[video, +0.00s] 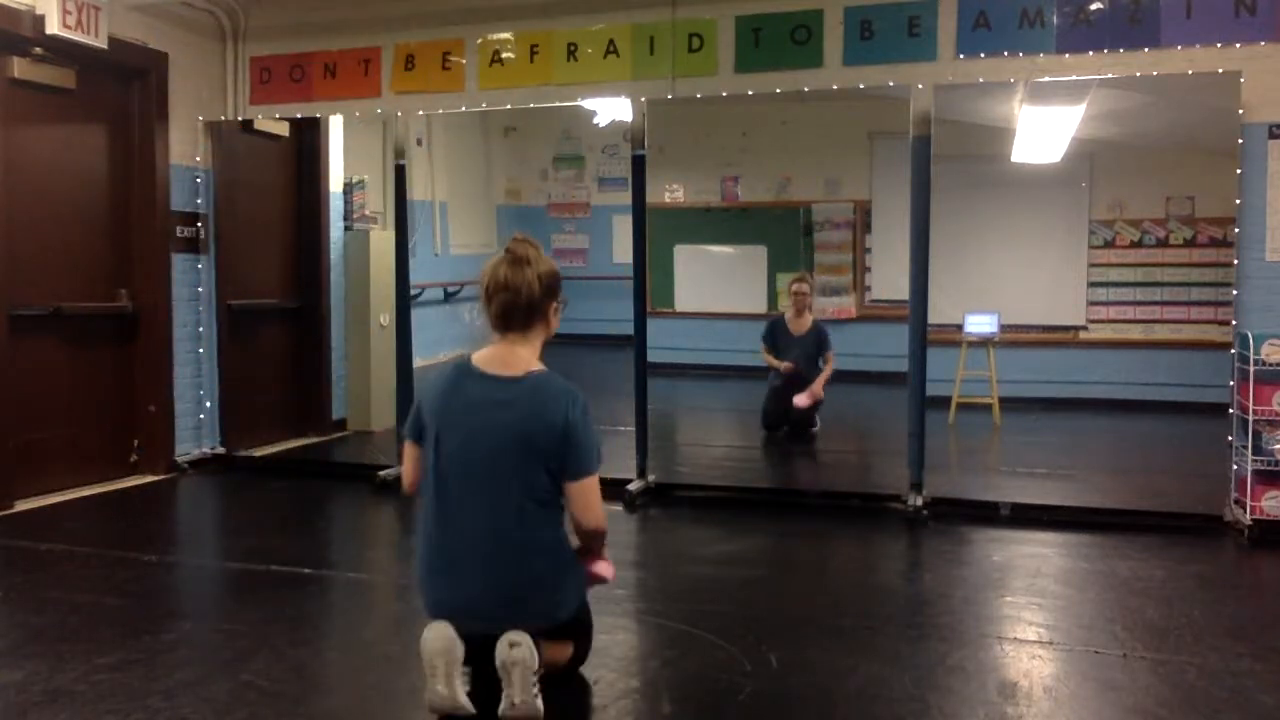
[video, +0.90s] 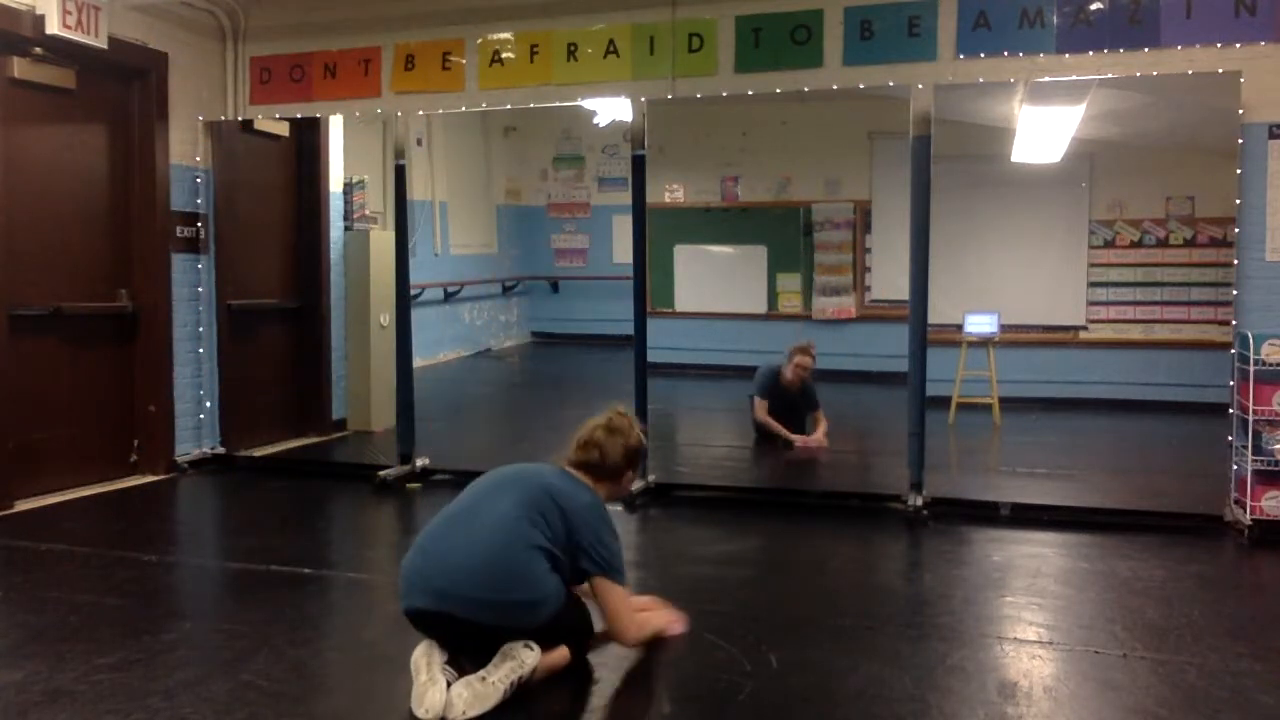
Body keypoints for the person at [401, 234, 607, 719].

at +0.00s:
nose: (559, 317)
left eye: (557, 306)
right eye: (559, 307)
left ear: (488, 307)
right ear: (551, 313)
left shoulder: (436, 386)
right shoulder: (562, 400)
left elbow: (409, 481)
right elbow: (590, 520)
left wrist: (460, 468)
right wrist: (591, 553)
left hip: (448, 584)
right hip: (532, 583)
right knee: (574, 639)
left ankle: (451, 651)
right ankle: (534, 655)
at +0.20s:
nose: (578, 293)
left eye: (576, 284)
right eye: (577, 285)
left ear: (509, 292)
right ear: (569, 296)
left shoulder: (473, 359)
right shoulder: (580, 381)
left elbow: (448, 443)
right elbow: (594, 496)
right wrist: (585, 538)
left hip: (453, 543)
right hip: (533, 549)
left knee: (491, 625)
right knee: (577, 634)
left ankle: (430, 651)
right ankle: (535, 638)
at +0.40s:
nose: (591, 320)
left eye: (589, 311)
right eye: (590, 312)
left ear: (526, 315)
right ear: (583, 320)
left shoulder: (492, 376)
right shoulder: (587, 398)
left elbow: (483, 468)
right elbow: (602, 512)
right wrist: (581, 551)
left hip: (447, 549)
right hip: (525, 556)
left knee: (493, 626)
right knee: (570, 635)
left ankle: (443, 662)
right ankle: (520, 678)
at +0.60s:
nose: (599, 385)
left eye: (597, 374)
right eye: (598, 377)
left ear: (534, 377)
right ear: (592, 384)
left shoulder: (497, 428)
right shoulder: (588, 453)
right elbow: (606, 571)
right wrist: (600, 594)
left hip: (432, 593)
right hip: (514, 596)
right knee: (578, 632)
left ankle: (441, 659)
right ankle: (506, 675)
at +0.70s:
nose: (610, 426)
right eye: (610, 419)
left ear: (546, 415)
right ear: (602, 425)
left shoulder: (502, 455)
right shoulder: (589, 486)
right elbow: (600, 609)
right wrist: (603, 634)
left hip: (425, 603)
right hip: (511, 606)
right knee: (589, 641)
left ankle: (440, 667)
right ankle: (506, 679)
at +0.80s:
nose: (621, 458)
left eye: (623, 450)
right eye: (622, 451)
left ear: (562, 439)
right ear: (615, 455)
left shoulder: (507, 470)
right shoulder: (587, 501)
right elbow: (603, 628)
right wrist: (621, 632)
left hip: (423, 600)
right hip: (510, 602)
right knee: (577, 636)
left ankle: (436, 663)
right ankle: (520, 669)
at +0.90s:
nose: (634, 482)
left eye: (637, 473)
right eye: (636, 473)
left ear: (580, 453)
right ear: (626, 476)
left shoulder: (521, 478)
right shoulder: (587, 507)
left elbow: (569, 583)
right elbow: (626, 630)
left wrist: (631, 605)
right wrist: (657, 618)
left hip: (422, 588)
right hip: (509, 591)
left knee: (489, 652)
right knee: (573, 637)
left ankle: (438, 663)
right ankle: (522, 667)